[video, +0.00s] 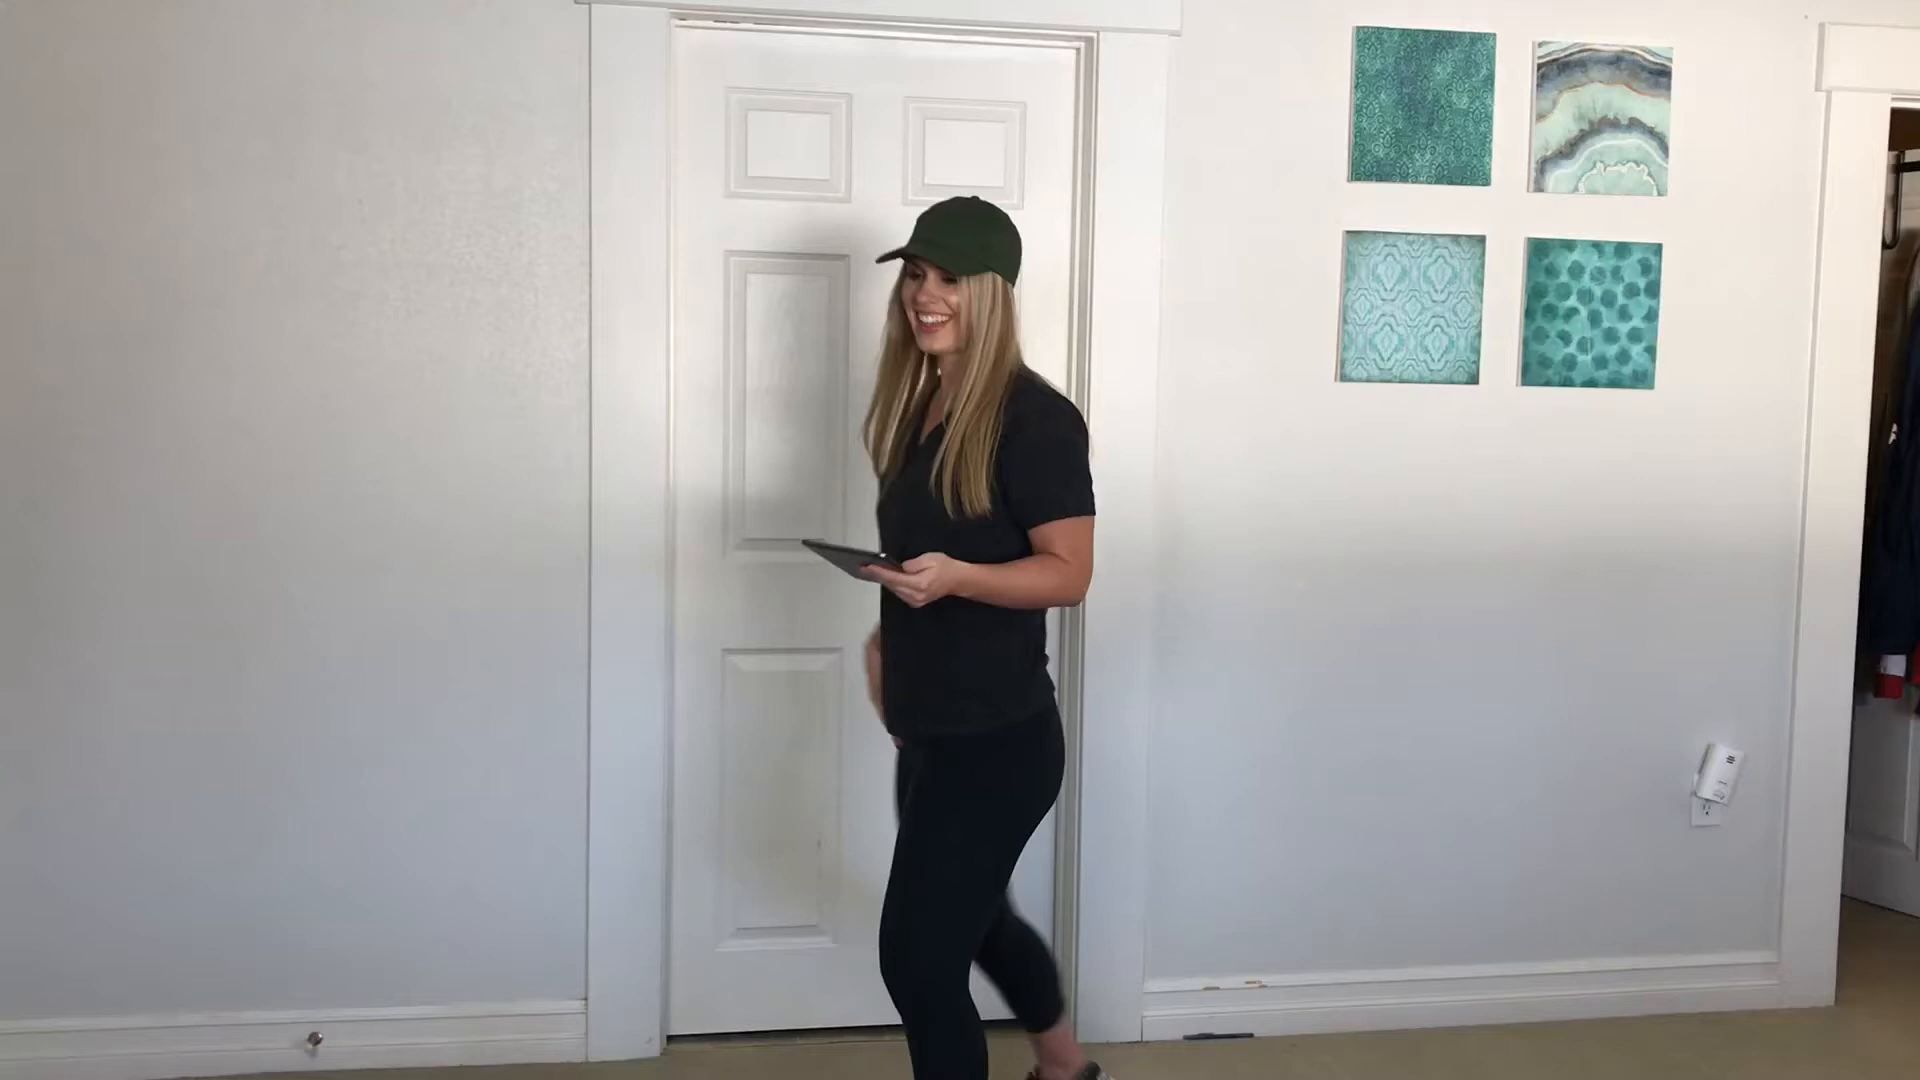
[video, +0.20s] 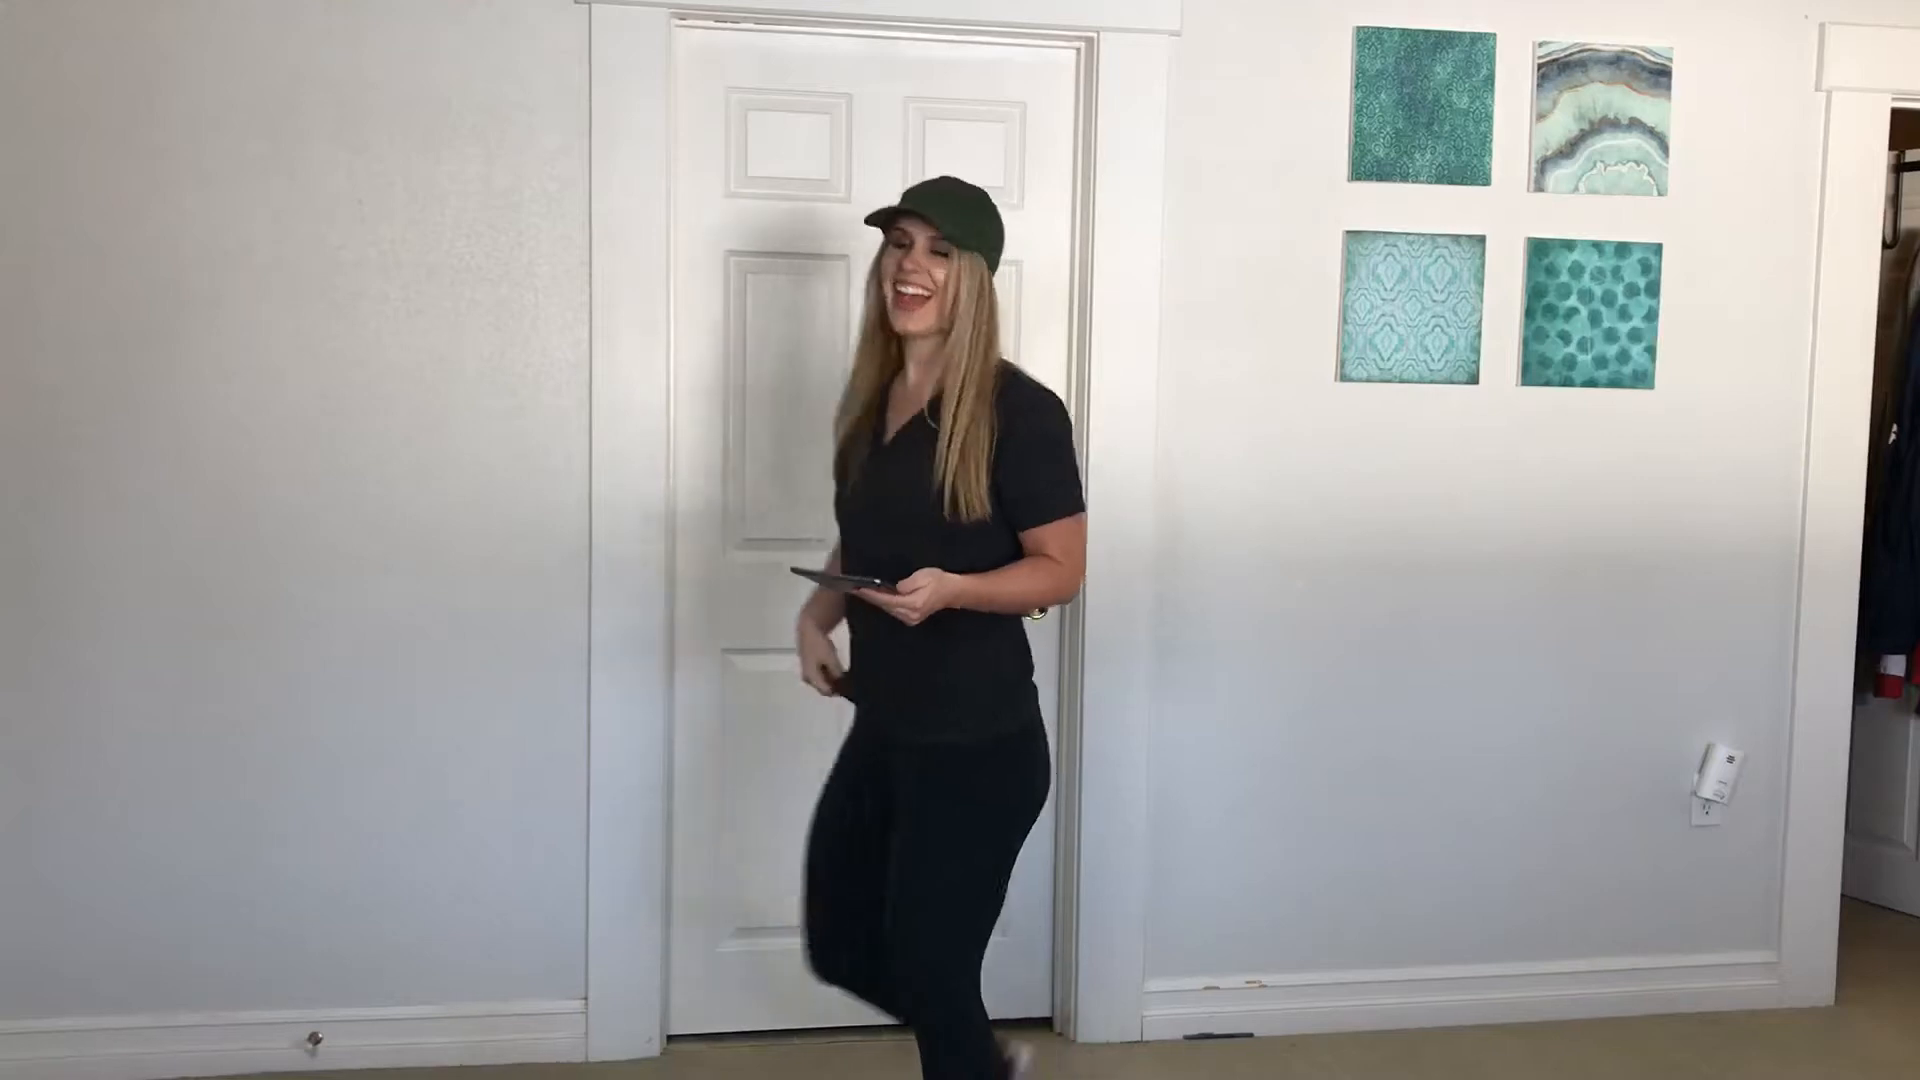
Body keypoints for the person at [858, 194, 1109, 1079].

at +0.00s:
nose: (923, 295)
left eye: (946, 278)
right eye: (914, 276)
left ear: (991, 293)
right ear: (903, 289)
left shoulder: (1038, 417)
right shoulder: (917, 408)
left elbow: (1071, 577)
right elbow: (919, 548)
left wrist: (958, 577)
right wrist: (880, 638)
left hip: (1001, 729)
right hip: (927, 720)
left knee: (917, 957)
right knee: (978, 914)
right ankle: (1063, 1061)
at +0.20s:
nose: (908, 266)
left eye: (936, 252)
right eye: (897, 245)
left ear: (974, 278)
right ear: (880, 261)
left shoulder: (1021, 413)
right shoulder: (873, 404)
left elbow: (1062, 569)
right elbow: (864, 549)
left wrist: (957, 588)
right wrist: (818, 614)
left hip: (981, 734)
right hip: (885, 727)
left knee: (936, 977)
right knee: (841, 944)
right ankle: (991, 1057)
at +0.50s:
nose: (849, 256)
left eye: (876, 238)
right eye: (830, 234)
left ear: (907, 262)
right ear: (805, 253)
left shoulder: (966, 397)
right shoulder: (762, 392)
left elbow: (1021, 558)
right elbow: (738, 527)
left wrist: (973, 582)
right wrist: (693, 572)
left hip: (922, 737)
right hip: (787, 731)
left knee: (934, 987)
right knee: (720, 994)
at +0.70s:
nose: (770, 253)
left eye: (796, 233)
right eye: (748, 230)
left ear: (827, 254)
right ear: (720, 247)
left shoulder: (887, 394)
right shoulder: (672, 386)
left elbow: (908, 560)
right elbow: (603, 561)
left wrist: (948, 573)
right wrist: (625, 453)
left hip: (847, 752)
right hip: (697, 748)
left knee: (880, 999)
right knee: (654, 1022)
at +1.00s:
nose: (686, 230)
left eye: (712, 211)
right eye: (662, 206)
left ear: (738, 235)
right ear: (627, 224)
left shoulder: (778, 387)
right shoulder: (561, 360)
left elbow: (771, 555)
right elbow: (499, 526)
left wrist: (876, 557)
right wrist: (600, 426)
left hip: (754, 757)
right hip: (598, 761)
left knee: (825, 1007)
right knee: (606, 1045)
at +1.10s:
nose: (670, 221)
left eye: (695, 201)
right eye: (644, 198)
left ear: (721, 228)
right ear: (608, 219)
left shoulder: (755, 385)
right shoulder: (539, 360)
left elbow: (739, 555)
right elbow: (474, 541)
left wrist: (851, 557)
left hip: (747, 764)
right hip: (590, 772)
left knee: (819, 1024)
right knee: (602, 1049)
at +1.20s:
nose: (659, 216)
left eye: (683, 196)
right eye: (632, 193)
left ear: (708, 225)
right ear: (595, 215)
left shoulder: (746, 383)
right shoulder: (528, 379)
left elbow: (735, 554)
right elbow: (480, 589)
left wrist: (839, 557)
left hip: (744, 774)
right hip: (586, 782)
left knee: (807, 1034)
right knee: (597, 1053)